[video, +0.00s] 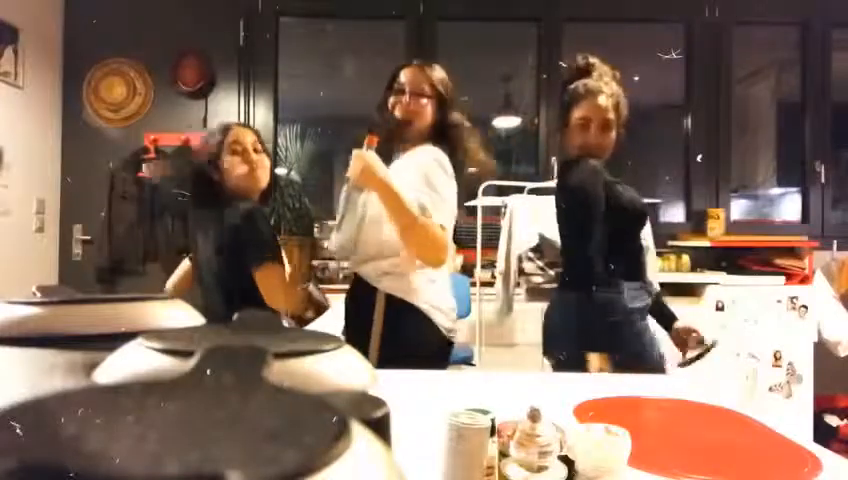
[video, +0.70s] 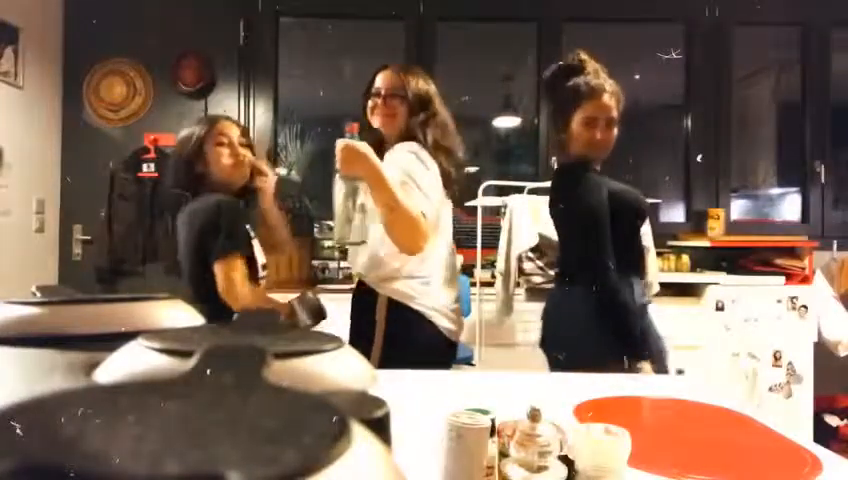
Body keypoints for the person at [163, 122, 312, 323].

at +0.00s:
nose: (252, 159)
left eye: (258, 150)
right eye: (236, 152)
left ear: (268, 158)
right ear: (214, 170)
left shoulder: (211, 216)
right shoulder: (247, 216)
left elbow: (173, 288)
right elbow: (281, 299)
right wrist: (305, 298)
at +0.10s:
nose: (257, 146)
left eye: (261, 137)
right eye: (240, 140)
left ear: (271, 146)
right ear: (220, 158)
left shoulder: (219, 205)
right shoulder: (254, 202)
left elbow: (183, 277)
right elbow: (293, 290)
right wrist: (314, 292)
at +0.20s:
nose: (257, 134)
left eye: (261, 125)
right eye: (241, 128)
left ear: (271, 135)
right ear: (220, 146)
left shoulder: (217, 196)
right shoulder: (263, 189)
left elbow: (184, 266)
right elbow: (303, 275)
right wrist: (318, 287)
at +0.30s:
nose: (257, 145)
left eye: (261, 136)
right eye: (241, 138)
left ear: (271, 146)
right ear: (220, 155)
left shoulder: (214, 206)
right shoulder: (255, 201)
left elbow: (195, 278)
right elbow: (299, 280)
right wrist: (317, 306)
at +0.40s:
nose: (255, 155)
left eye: (259, 146)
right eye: (238, 147)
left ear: (268, 154)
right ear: (215, 162)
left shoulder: (208, 215)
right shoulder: (250, 213)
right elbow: (284, 298)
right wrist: (310, 314)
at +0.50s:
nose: (248, 146)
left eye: (252, 137)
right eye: (232, 138)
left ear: (260, 145)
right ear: (209, 154)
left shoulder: (201, 206)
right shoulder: (242, 204)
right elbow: (266, 291)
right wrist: (298, 314)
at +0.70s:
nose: (238, 152)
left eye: (243, 144)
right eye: (222, 144)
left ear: (251, 155)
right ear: (198, 162)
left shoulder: (192, 210)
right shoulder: (224, 208)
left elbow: (279, 246)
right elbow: (236, 293)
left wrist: (266, 199)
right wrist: (286, 309)